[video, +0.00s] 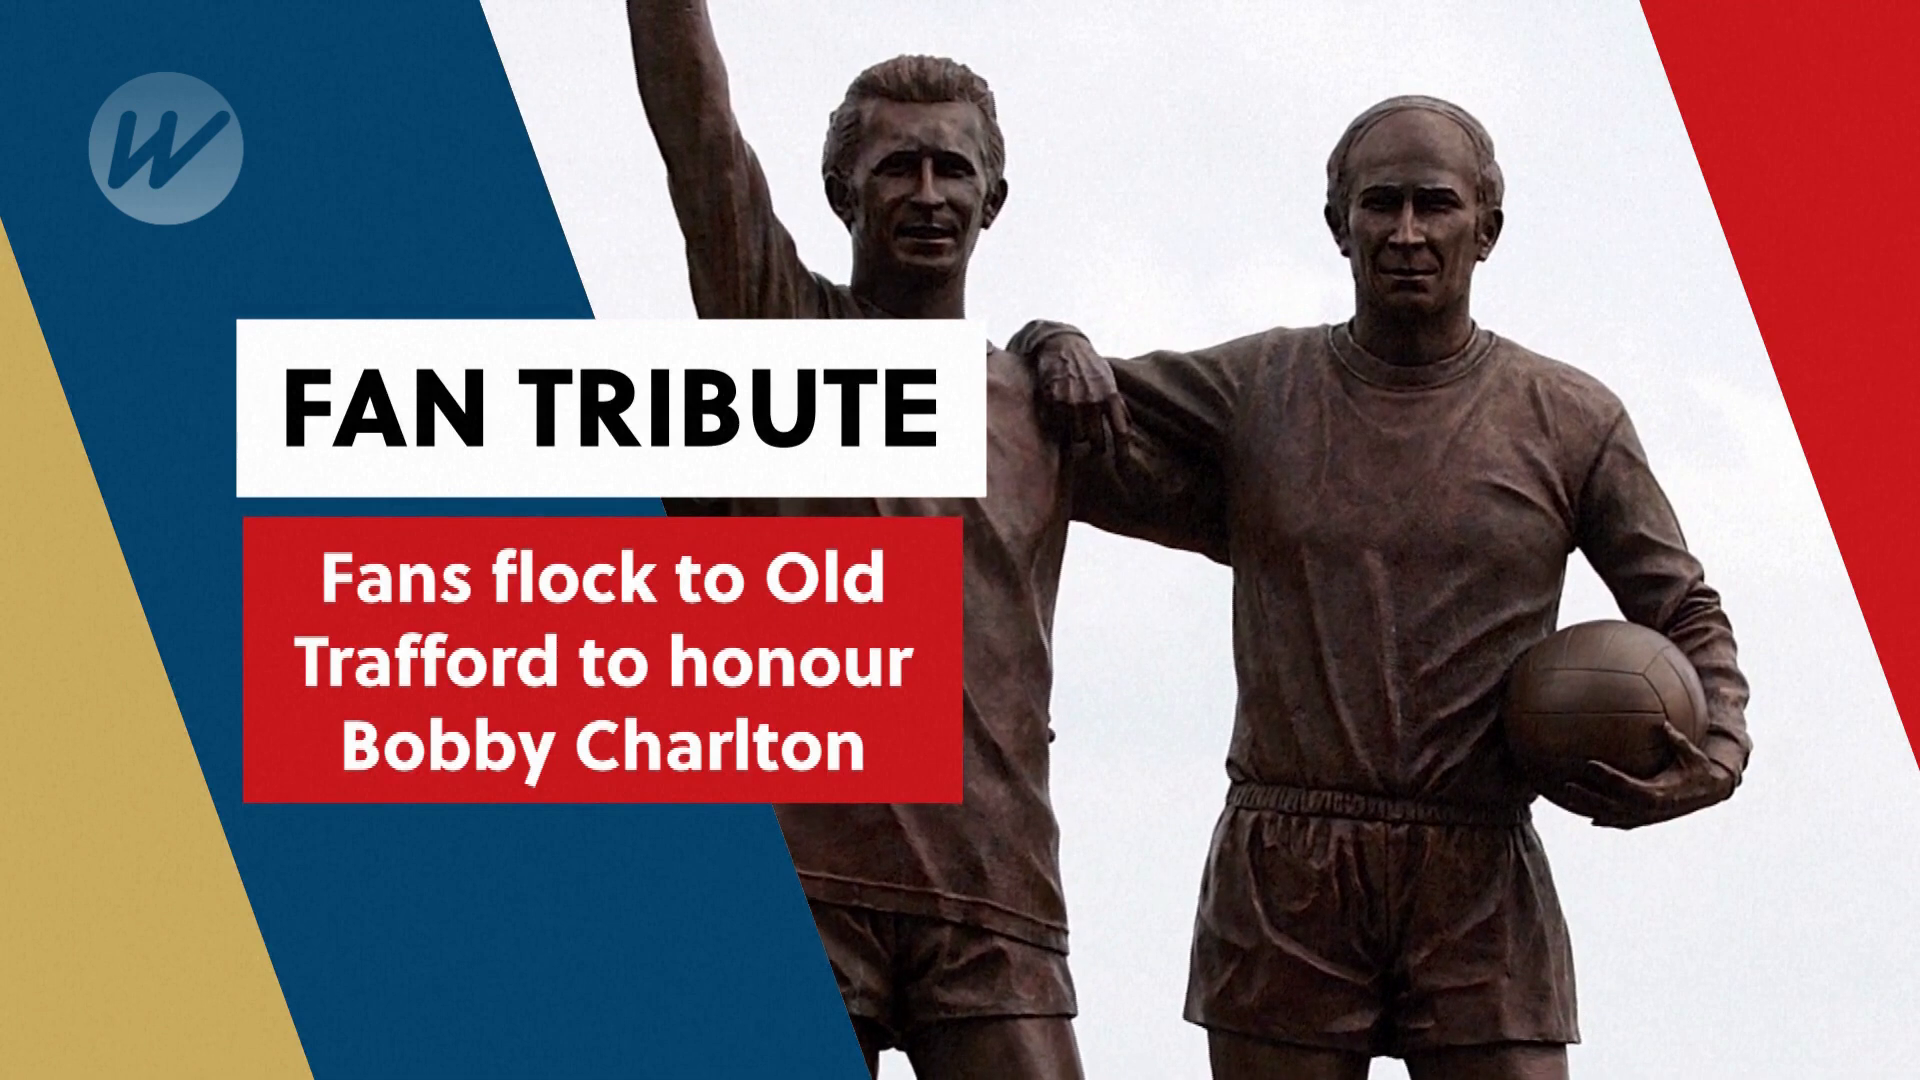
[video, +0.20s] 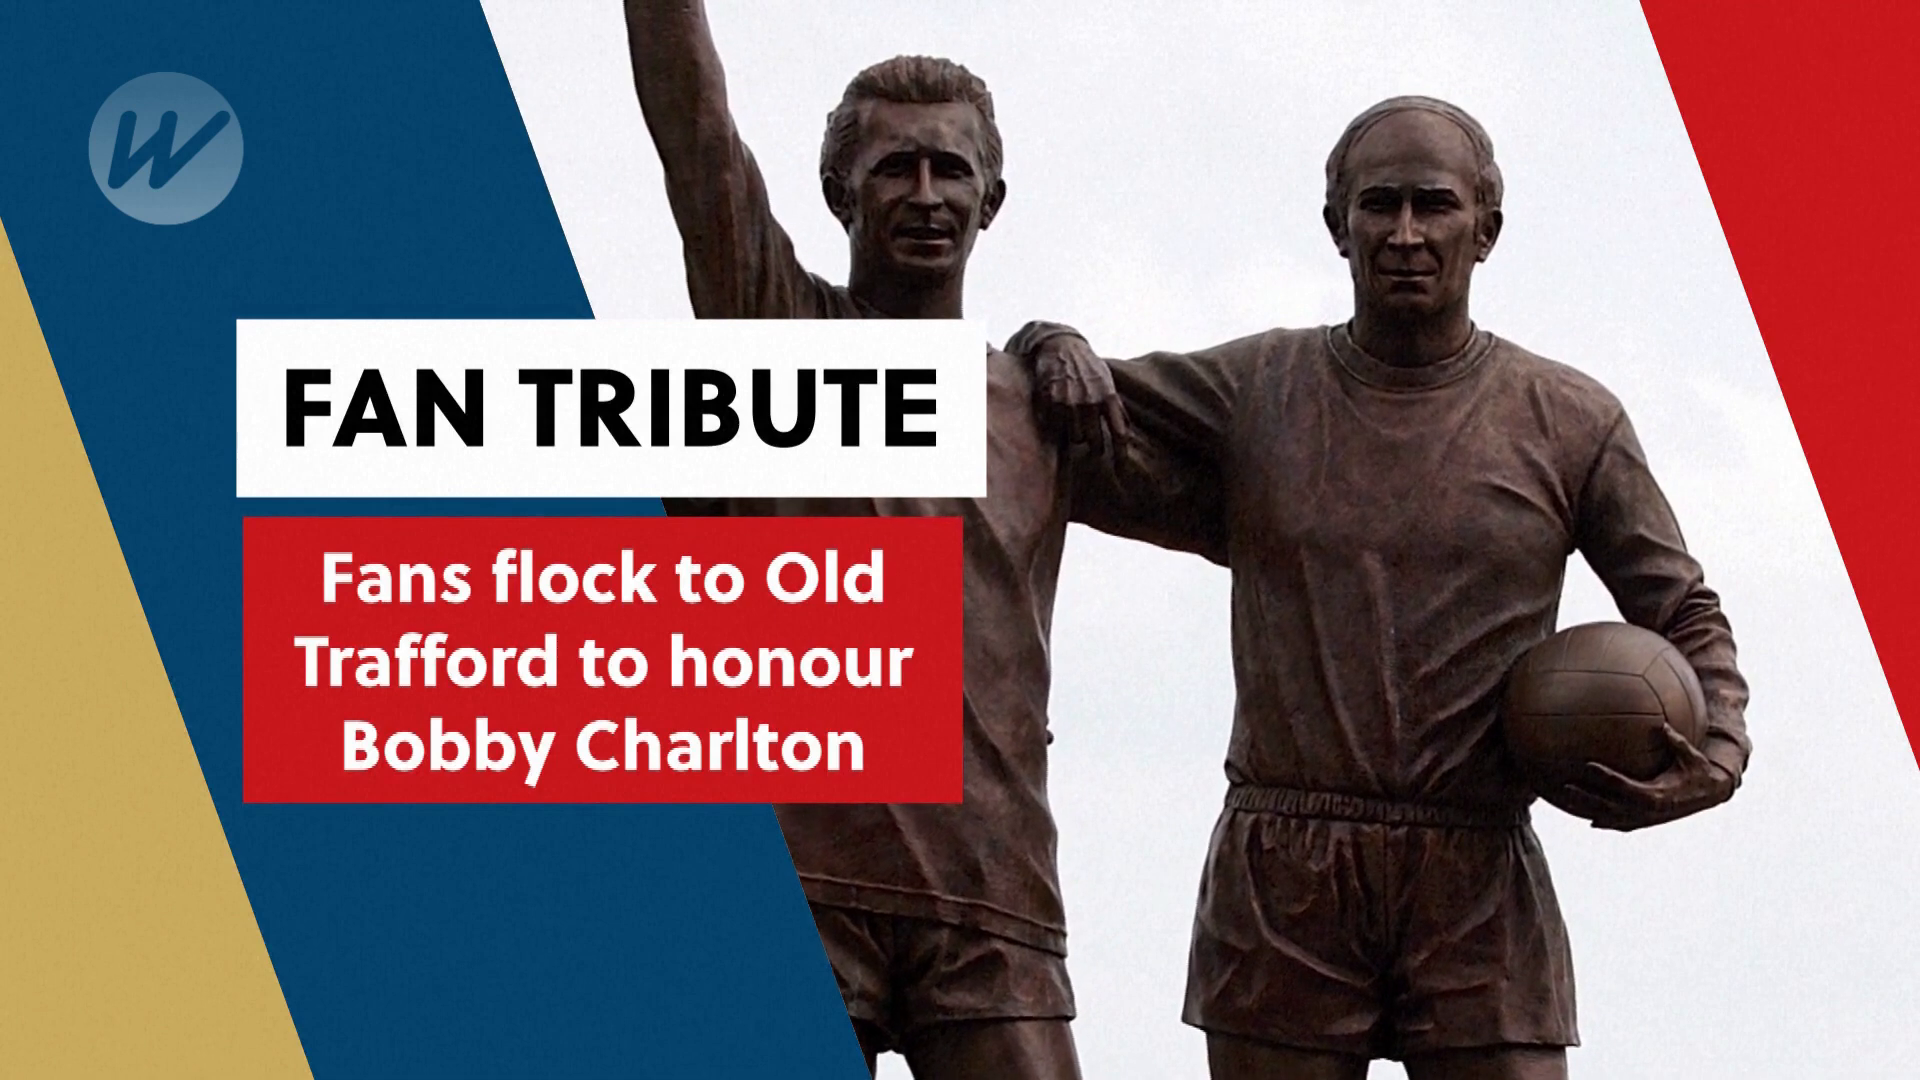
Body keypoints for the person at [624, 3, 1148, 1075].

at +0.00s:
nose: (930, 191)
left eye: (955, 168)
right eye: (899, 166)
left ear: (991, 198)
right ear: (842, 194)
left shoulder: (1044, 405)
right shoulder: (776, 332)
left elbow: (1244, 506)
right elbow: (696, 132)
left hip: (995, 900)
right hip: (803, 892)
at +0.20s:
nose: (927, 192)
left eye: (952, 168)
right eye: (895, 167)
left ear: (991, 198)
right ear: (841, 193)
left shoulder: (1044, 405)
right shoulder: (773, 335)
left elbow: (1256, 508)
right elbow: (692, 135)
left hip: (992, 898)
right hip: (798, 890)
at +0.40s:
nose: (924, 193)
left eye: (950, 169)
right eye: (893, 168)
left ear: (988, 201)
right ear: (839, 196)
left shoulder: (1042, 407)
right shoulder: (771, 336)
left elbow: (1250, 507)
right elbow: (691, 132)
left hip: (991, 901)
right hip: (797, 893)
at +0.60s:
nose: (921, 193)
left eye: (947, 170)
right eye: (889, 169)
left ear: (986, 202)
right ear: (835, 196)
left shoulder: (1040, 406)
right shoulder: (769, 335)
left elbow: (1243, 511)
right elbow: (687, 127)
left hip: (989, 901)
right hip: (796, 894)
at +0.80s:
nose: (918, 194)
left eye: (944, 171)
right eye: (887, 170)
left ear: (985, 202)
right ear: (832, 199)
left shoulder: (1039, 405)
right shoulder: (765, 336)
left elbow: (1241, 515)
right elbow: (690, 142)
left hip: (990, 910)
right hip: (794, 898)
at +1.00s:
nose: (918, 195)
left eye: (944, 171)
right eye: (886, 170)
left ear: (983, 202)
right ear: (829, 197)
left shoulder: (1032, 400)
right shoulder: (762, 334)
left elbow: (1244, 515)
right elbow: (681, 127)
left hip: (986, 909)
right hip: (790, 902)